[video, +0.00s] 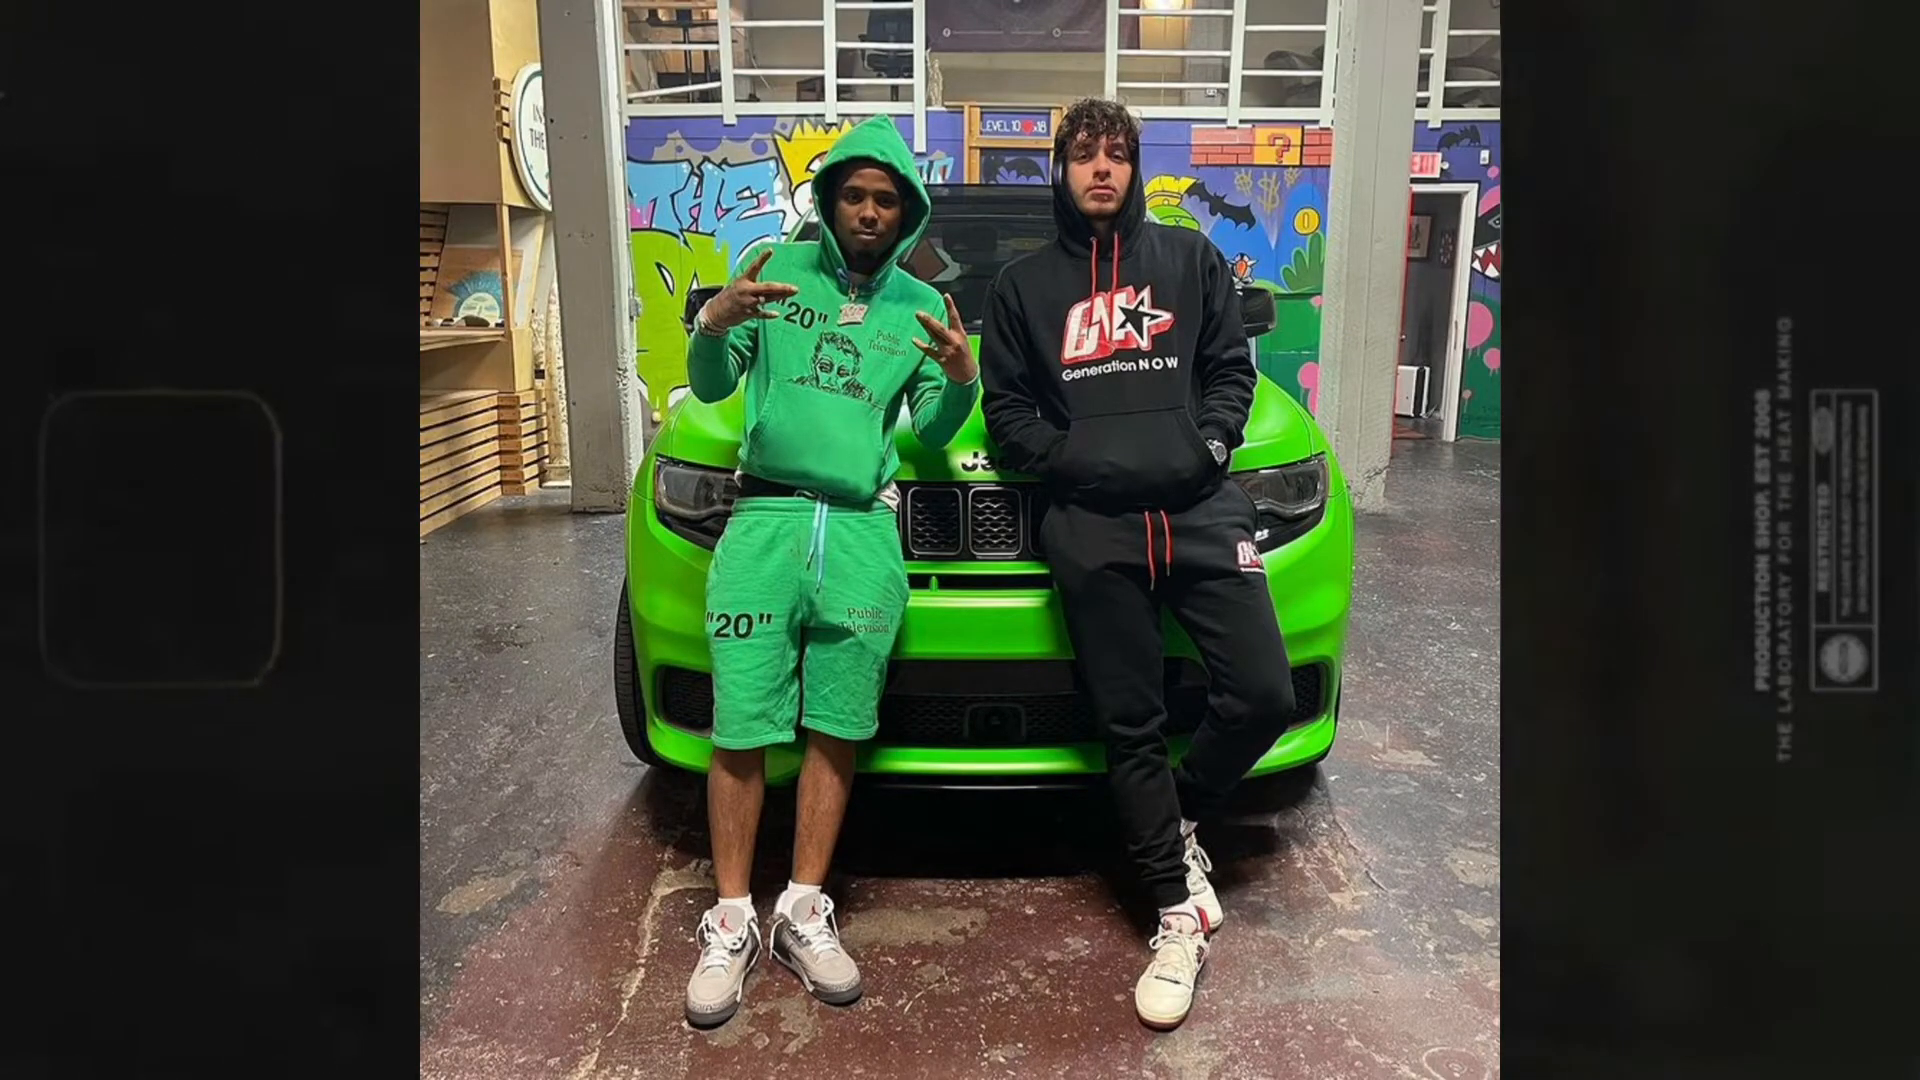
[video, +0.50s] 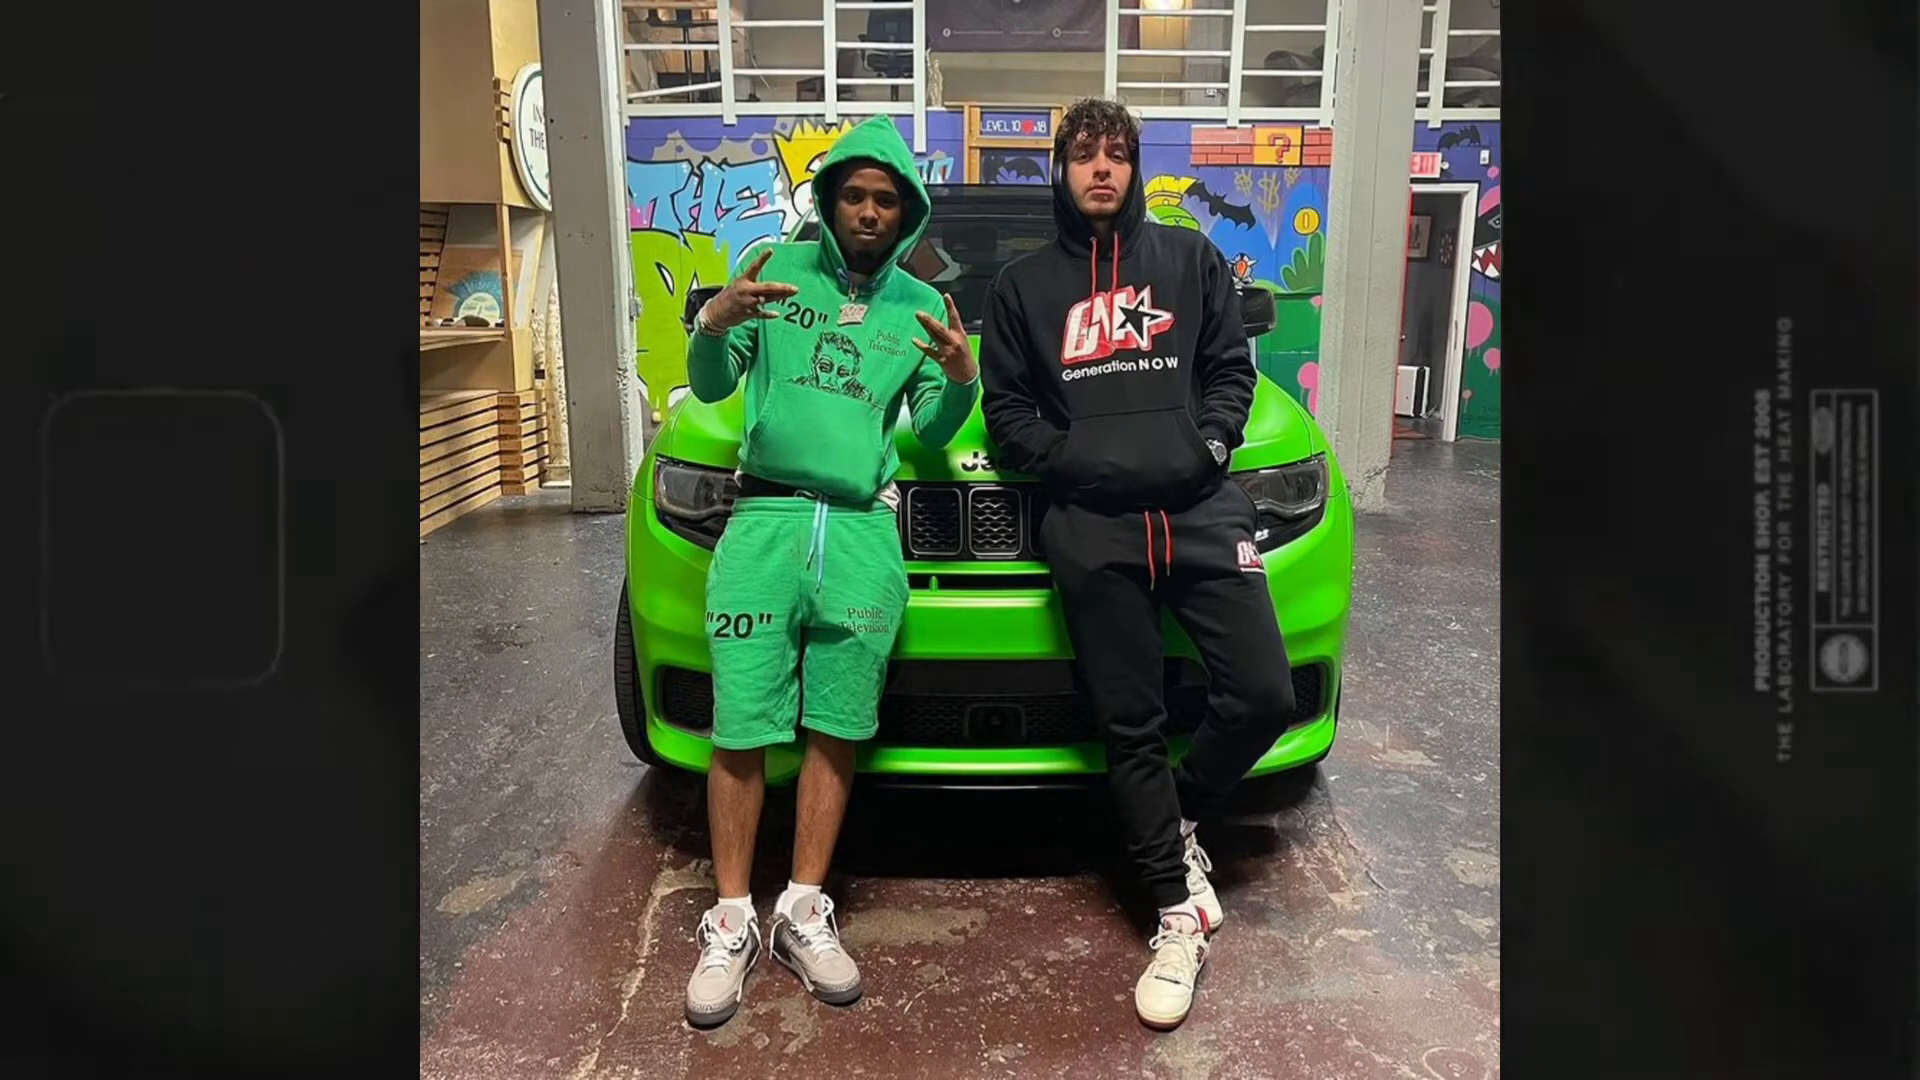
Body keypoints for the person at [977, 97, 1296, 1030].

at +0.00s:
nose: (1101, 171)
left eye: (1115, 159)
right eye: (1086, 159)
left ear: (1137, 170)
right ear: (1061, 172)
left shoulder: (1193, 257)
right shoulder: (1019, 281)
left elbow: (1232, 367)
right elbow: (1005, 405)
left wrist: (1208, 445)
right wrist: (1065, 456)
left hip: (1200, 502)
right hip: (1091, 513)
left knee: (1262, 692)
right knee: (1131, 719)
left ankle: (1180, 820)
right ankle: (1179, 917)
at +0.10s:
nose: (1101, 171)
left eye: (1115, 159)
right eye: (1086, 159)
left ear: (1137, 170)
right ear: (1061, 172)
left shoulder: (1193, 257)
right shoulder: (1019, 281)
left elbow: (1232, 367)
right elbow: (1005, 405)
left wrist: (1208, 445)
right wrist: (1065, 456)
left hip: (1200, 502)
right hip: (1091, 513)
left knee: (1262, 692)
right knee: (1131, 719)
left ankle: (1180, 820)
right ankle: (1179, 917)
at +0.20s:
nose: (1101, 171)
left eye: (1115, 159)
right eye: (1086, 159)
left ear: (1137, 170)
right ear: (1061, 172)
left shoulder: (1193, 257)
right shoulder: (1019, 281)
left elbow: (1232, 367)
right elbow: (1005, 405)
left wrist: (1208, 445)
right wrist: (1065, 456)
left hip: (1200, 502)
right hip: (1091, 513)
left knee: (1262, 692)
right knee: (1131, 719)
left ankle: (1180, 820)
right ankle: (1179, 917)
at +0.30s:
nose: (1101, 171)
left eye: (1115, 159)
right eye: (1086, 159)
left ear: (1137, 170)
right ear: (1061, 172)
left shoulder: (1193, 257)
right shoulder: (1019, 281)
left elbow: (1232, 367)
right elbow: (1005, 405)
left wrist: (1208, 445)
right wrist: (1065, 456)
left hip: (1200, 502)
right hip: (1091, 513)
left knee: (1262, 692)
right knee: (1131, 719)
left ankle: (1180, 820)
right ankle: (1179, 917)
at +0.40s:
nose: (1101, 171)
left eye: (1115, 159)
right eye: (1086, 159)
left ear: (1137, 170)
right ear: (1061, 172)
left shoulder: (1193, 257)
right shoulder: (1019, 281)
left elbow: (1232, 367)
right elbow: (1005, 405)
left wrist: (1208, 445)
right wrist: (1065, 456)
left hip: (1200, 502)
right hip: (1091, 513)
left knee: (1262, 692)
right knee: (1131, 718)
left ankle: (1180, 820)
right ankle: (1179, 917)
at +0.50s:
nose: (1101, 171)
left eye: (1115, 159)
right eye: (1086, 159)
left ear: (1137, 170)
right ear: (1061, 172)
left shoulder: (1193, 257)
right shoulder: (1019, 281)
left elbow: (1232, 367)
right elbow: (1005, 405)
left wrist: (1208, 445)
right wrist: (1065, 456)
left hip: (1200, 502)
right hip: (1091, 513)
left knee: (1262, 692)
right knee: (1131, 718)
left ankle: (1180, 820)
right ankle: (1179, 917)